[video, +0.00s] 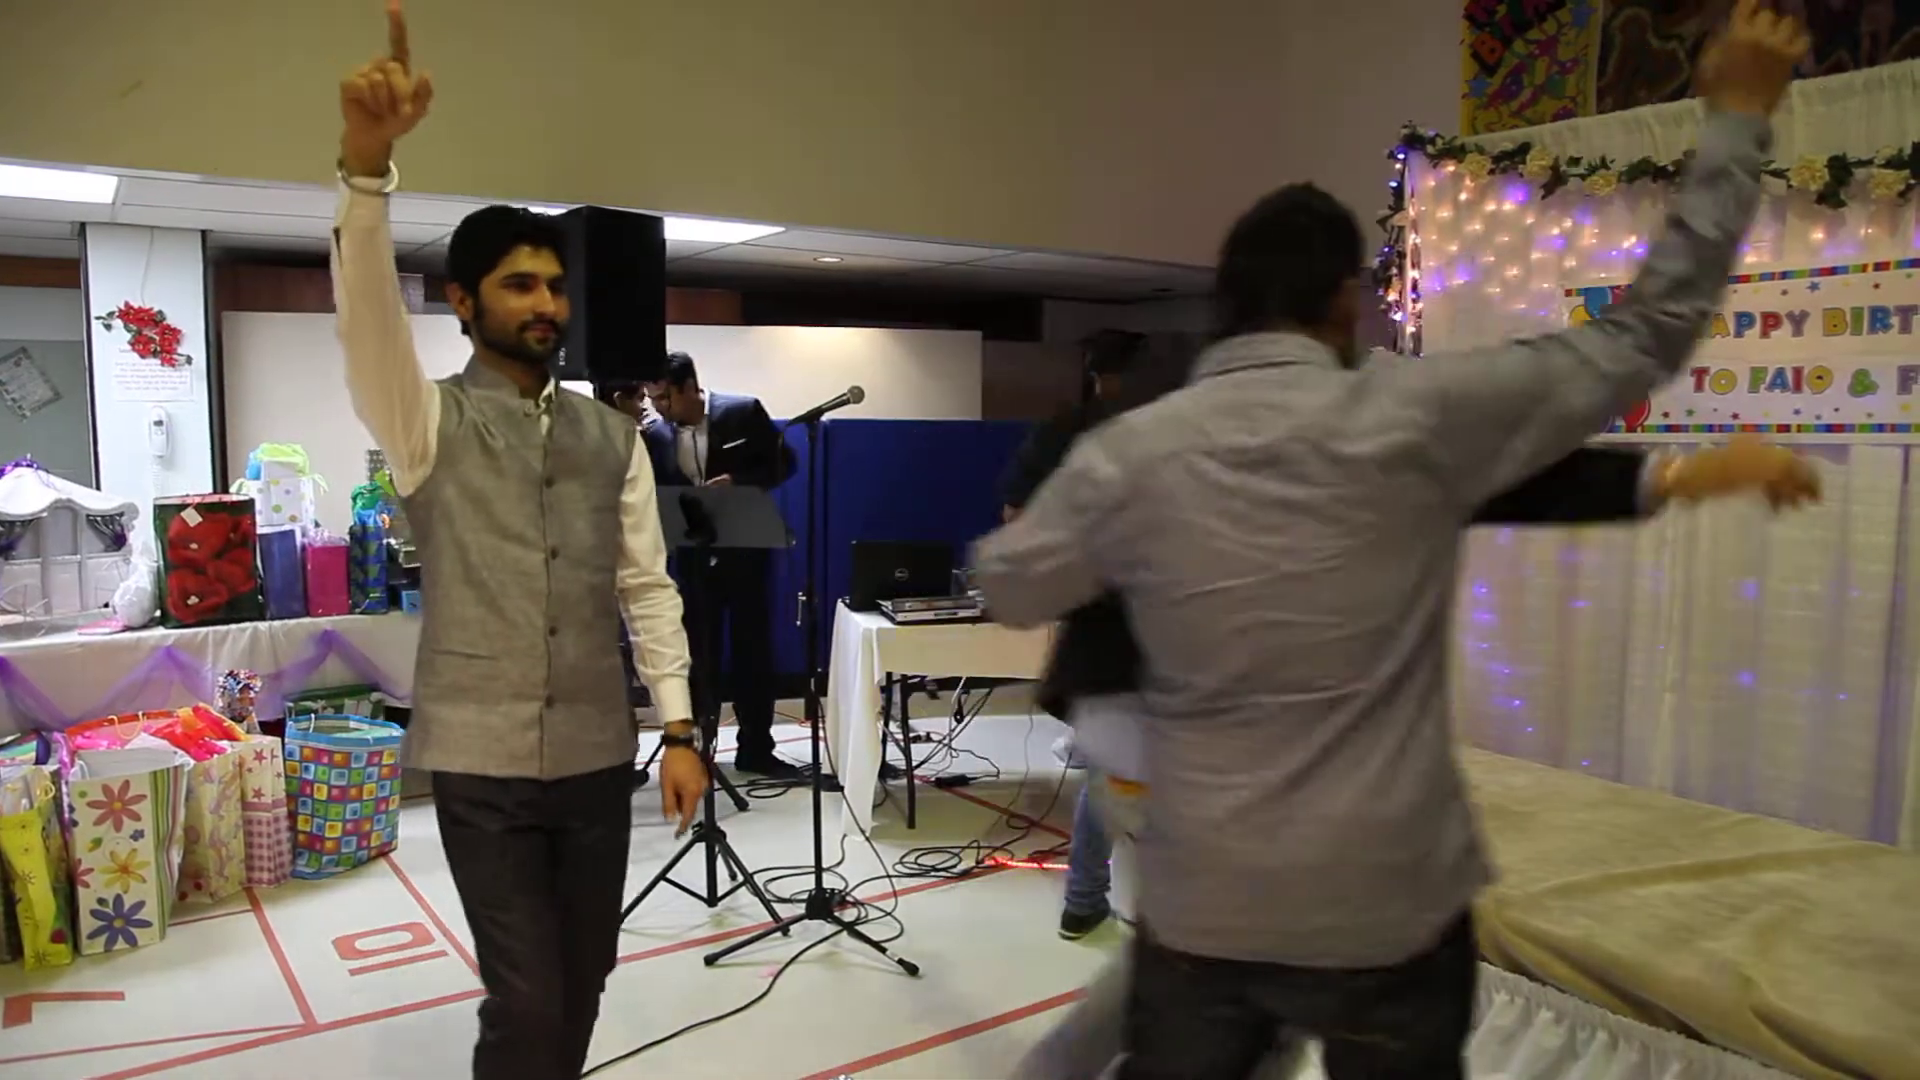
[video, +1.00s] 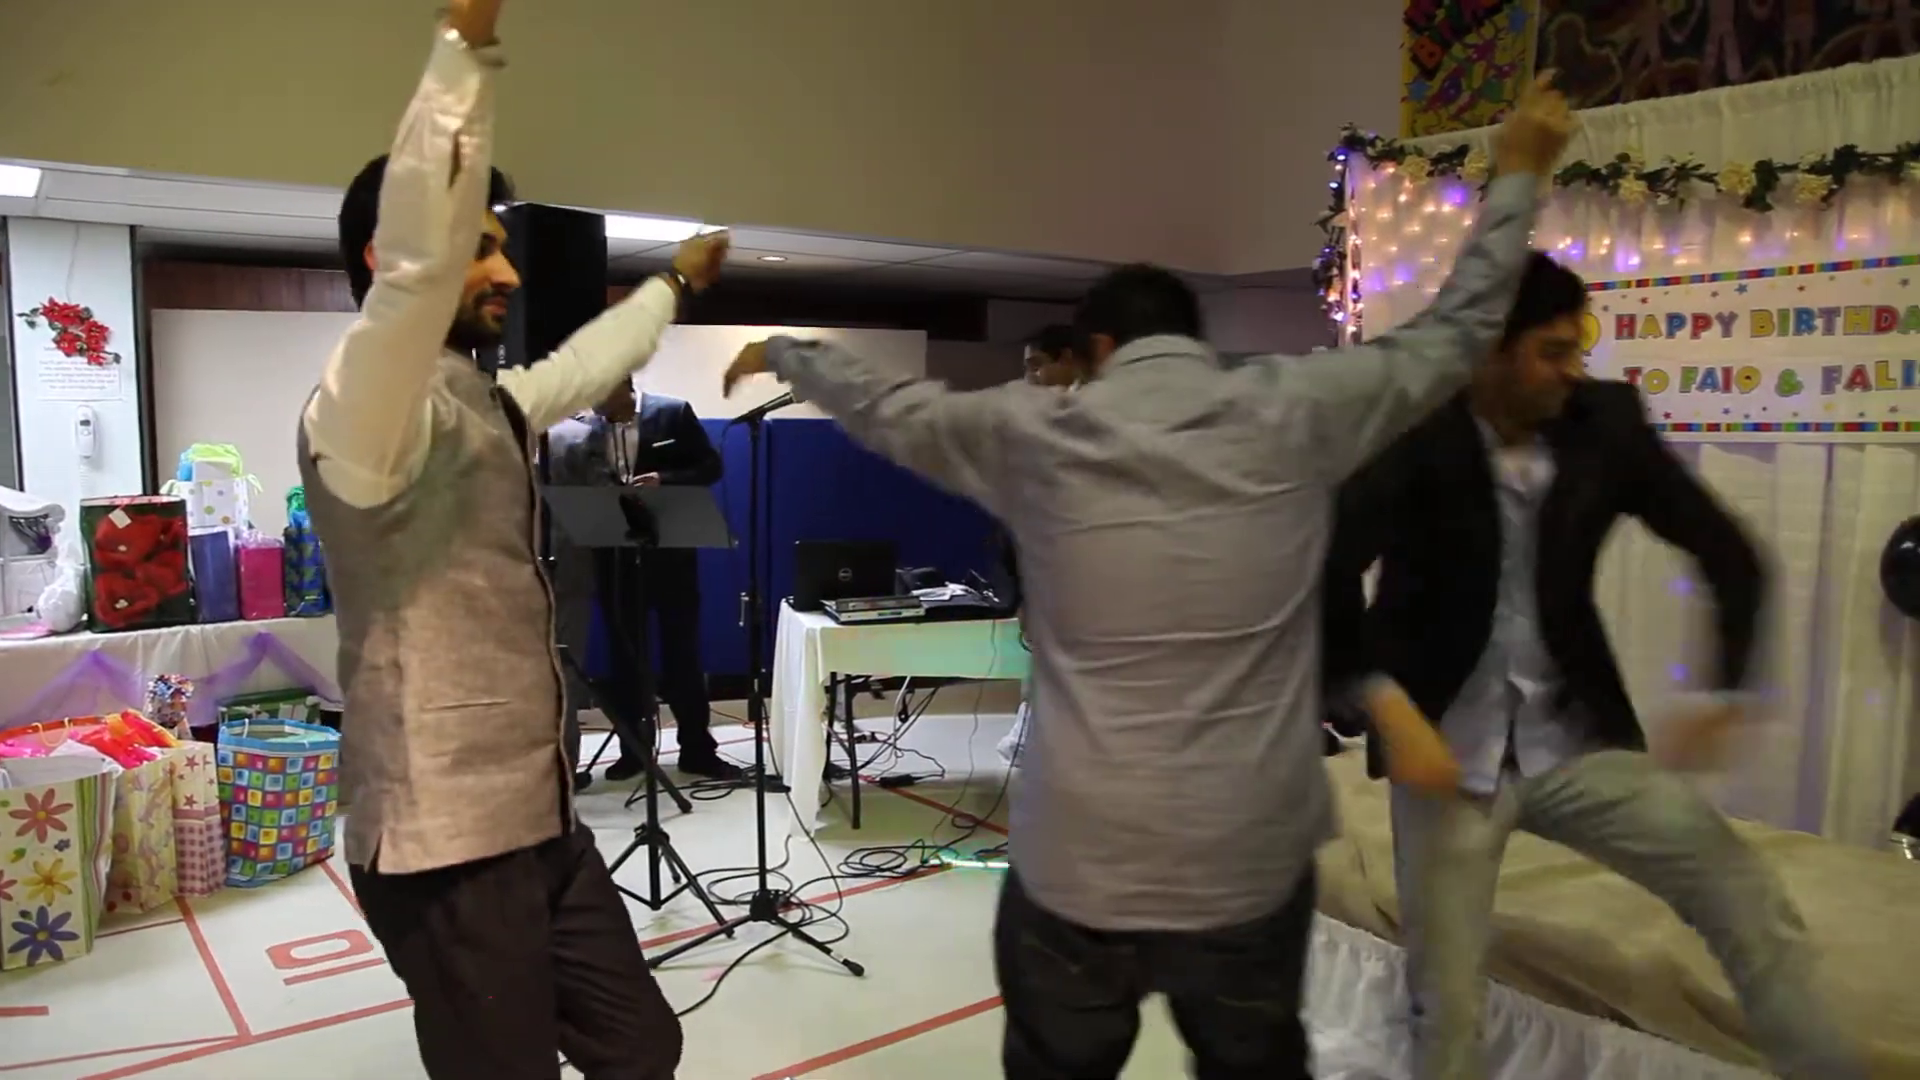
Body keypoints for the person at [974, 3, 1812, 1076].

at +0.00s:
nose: (1366, 306)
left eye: (1359, 286)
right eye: (1363, 286)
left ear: (1227, 299)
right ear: (1345, 298)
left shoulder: (1128, 458)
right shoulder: (1418, 415)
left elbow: (1003, 586)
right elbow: (1645, 334)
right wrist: (1737, 120)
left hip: (1202, 914)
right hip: (1395, 913)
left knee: (1163, 1072)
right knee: (1406, 1073)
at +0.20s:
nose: (1243, 335)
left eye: (1246, 312)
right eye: (1417, 299)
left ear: (1269, 312)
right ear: (1401, 296)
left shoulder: (1208, 436)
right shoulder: (1505, 384)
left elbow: (1068, 534)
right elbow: (1703, 314)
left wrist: (1096, 581)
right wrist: (1815, 139)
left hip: (1279, 889)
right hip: (1465, 890)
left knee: (1255, 1071)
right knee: (1436, 1076)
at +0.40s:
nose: (1240, 371)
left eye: (1242, 349)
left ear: (1273, 333)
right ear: (1371, 310)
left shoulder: (1212, 446)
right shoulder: (1496, 393)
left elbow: (1044, 478)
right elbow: (1668, 331)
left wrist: (948, 459)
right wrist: (1759, 160)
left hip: (1295, 911)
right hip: (1479, 906)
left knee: (1272, 1070)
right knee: (1441, 1070)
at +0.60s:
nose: (1220, 387)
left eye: (1219, 364)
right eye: (1219, 368)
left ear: (1249, 347)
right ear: (1352, 325)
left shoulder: (1195, 444)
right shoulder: (1472, 402)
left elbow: (1021, 468)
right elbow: (1636, 359)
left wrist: (904, 421)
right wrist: (1697, 210)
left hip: (1264, 915)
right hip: (1455, 913)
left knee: (1222, 1070)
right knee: (1416, 1072)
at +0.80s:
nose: (1173, 383)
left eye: (1173, 366)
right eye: (1174, 369)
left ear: (1199, 348)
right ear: (1296, 334)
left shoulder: (1139, 437)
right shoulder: (1405, 412)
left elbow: (961, 430)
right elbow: (1570, 349)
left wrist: (828, 356)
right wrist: (1624, 180)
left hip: (1187, 889)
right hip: (1378, 888)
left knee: (1136, 1071)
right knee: (1365, 1074)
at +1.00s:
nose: (1073, 377)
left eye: (1074, 358)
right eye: (1074, 361)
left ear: (1097, 347)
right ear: (1197, 335)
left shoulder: (1036, 431)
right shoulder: (1300, 407)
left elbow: (893, 411)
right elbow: (1452, 334)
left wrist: (784, 344)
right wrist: (1520, 174)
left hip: (1079, 875)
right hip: (1250, 871)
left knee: (1052, 1073)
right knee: (1261, 1071)